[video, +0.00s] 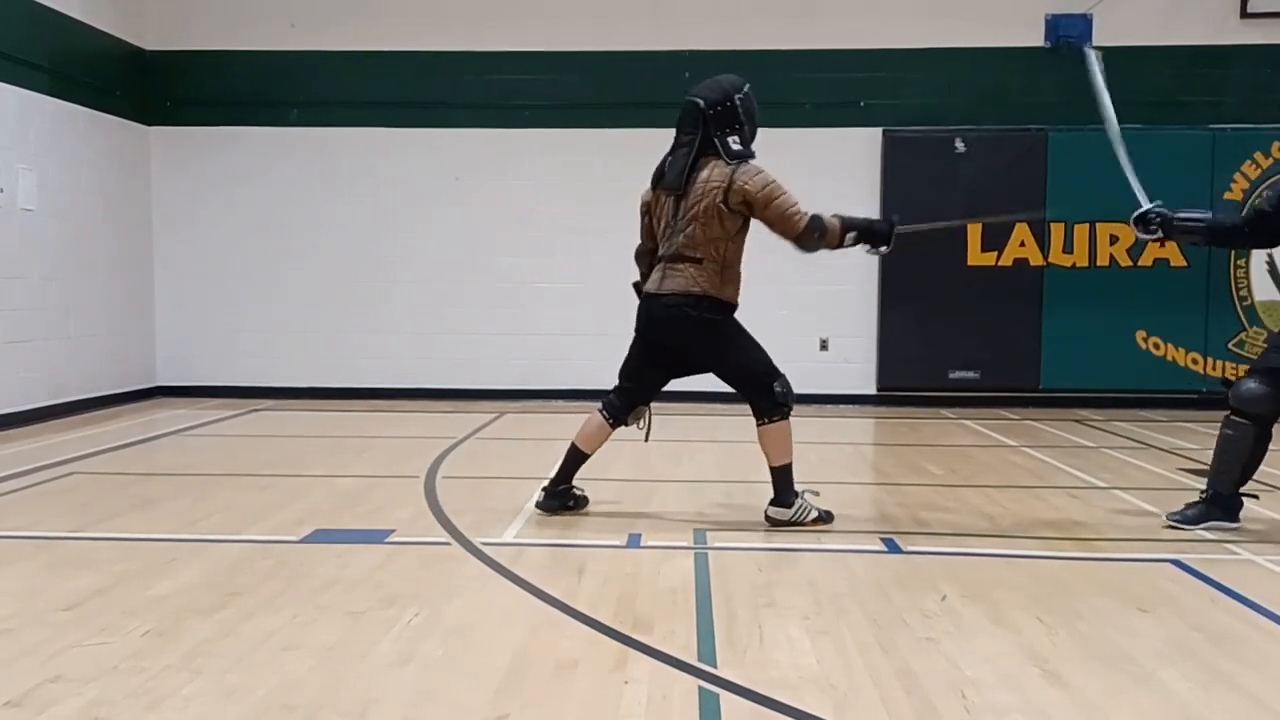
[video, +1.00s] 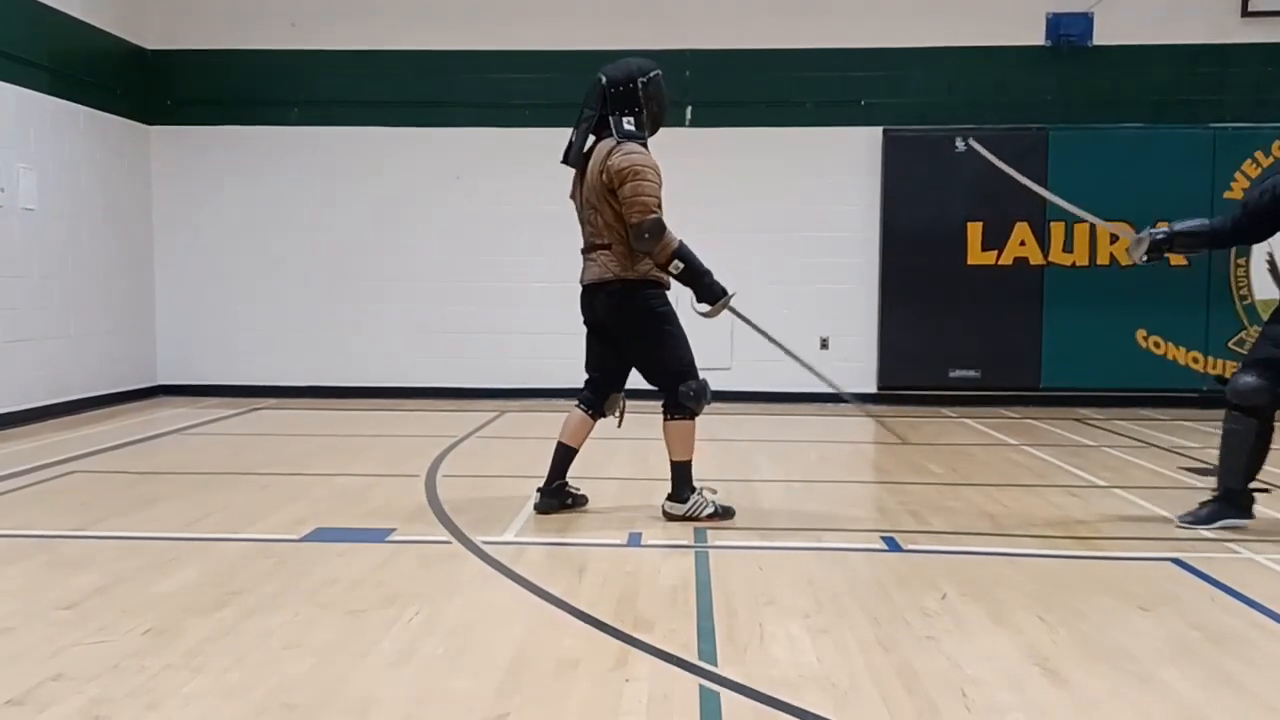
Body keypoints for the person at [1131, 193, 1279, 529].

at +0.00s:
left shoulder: (1277, 199)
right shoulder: (1278, 197)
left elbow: (1254, 231)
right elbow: (1253, 231)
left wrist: (1175, 225)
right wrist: (1174, 225)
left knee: (1256, 395)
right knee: (1253, 395)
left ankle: (1221, 499)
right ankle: (1221, 499)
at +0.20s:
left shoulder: (1270, 191)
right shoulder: (1271, 189)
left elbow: (1216, 215)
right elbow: (1217, 214)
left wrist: (1140, 210)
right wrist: (1141, 210)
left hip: (1274, 333)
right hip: (1275, 330)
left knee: (1235, 401)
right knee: (1233, 400)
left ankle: (1190, 497)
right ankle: (1190, 497)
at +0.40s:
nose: (1234, 137)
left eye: (1246, 127)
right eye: (1229, 128)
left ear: (1272, 132)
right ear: (1223, 134)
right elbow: (1169, 217)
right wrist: (1115, 216)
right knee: (1200, 395)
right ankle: (1182, 496)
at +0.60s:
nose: (1235, 135)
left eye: (1247, 125)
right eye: (1231, 126)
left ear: (1274, 129)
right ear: (1225, 131)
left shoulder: (1271, 184)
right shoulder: (1229, 190)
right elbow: (1186, 253)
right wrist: (1130, 282)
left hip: (1272, 317)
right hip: (1242, 317)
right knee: (1196, 395)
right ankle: (1181, 495)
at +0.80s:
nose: (1277, 140)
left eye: (1279, 131)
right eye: (1274, 131)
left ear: (1278, 134)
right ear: (1269, 133)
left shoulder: (1268, 190)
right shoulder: (1267, 189)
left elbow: (1219, 238)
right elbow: (1219, 237)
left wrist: (1149, 259)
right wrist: (1151, 258)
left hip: (1271, 324)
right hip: (1269, 320)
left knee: (1232, 400)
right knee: (1229, 400)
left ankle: (1186, 495)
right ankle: (1185, 495)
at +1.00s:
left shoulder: (1273, 191)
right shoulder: (1272, 189)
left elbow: (1238, 227)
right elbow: (1238, 226)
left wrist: (1163, 237)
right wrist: (1165, 237)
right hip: (1279, 317)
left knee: (1252, 388)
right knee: (1251, 388)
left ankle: (1233, 498)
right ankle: (1232, 497)